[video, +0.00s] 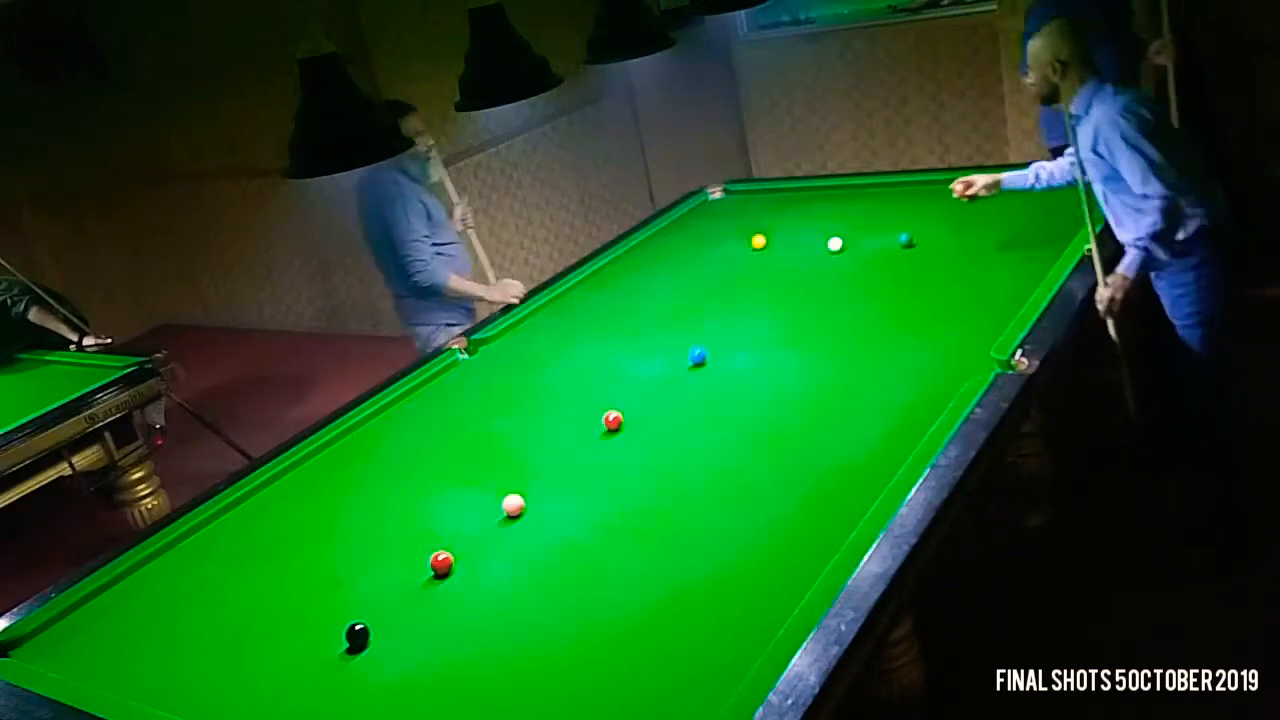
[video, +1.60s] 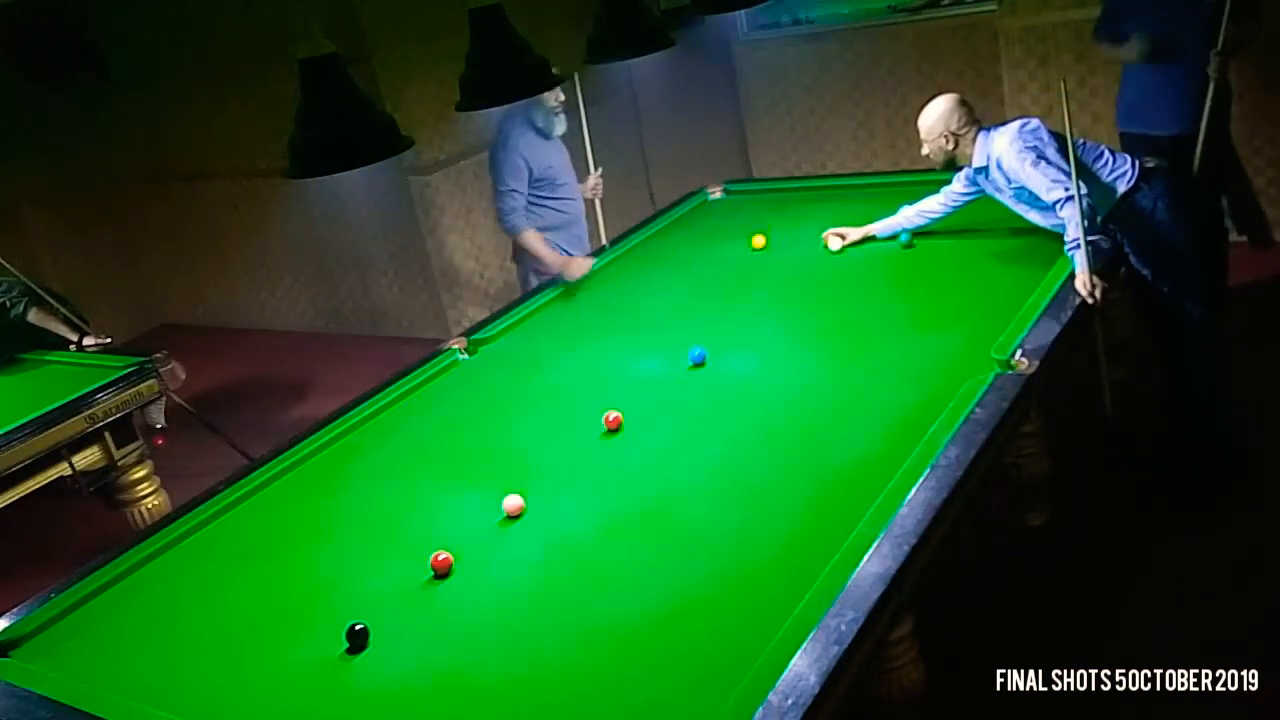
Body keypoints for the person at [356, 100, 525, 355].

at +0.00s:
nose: (427, 142)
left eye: (425, 132)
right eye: (415, 138)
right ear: (392, 146)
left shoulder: (401, 180)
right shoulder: (393, 188)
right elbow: (420, 272)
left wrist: (451, 226)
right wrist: (489, 292)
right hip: (439, 324)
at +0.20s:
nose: (458, 126)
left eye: (456, 117)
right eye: (447, 121)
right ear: (423, 129)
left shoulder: (435, 168)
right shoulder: (424, 176)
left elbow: (450, 223)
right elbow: (441, 255)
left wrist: (486, 218)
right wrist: (503, 286)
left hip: (477, 299)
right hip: (464, 307)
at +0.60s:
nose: (495, 116)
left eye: (494, 108)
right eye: (484, 110)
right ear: (458, 114)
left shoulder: (467, 148)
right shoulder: (449, 159)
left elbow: (482, 207)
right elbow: (462, 238)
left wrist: (523, 207)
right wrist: (507, 286)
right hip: (477, 286)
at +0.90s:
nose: (512, 115)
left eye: (511, 106)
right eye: (502, 108)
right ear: (476, 113)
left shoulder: (488, 147)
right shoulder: (464, 160)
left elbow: (500, 200)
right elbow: (470, 236)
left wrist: (538, 204)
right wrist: (510, 287)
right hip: (496, 277)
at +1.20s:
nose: (531, 107)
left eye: (530, 98)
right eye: (520, 100)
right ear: (497, 107)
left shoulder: (508, 138)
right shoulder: (486, 154)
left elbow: (521, 192)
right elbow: (478, 228)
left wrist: (557, 196)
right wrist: (512, 286)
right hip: (536, 282)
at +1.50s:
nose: (551, 101)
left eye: (550, 92)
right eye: (540, 94)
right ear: (517, 102)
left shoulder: (532, 136)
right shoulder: (505, 146)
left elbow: (537, 195)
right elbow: (493, 221)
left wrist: (574, 193)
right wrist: (530, 275)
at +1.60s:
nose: (561, 98)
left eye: (559, 88)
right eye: (550, 91)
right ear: (528, 99)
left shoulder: (540, 130)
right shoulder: (512, 143)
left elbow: (545, 191)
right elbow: (512, 219)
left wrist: (581, 190)